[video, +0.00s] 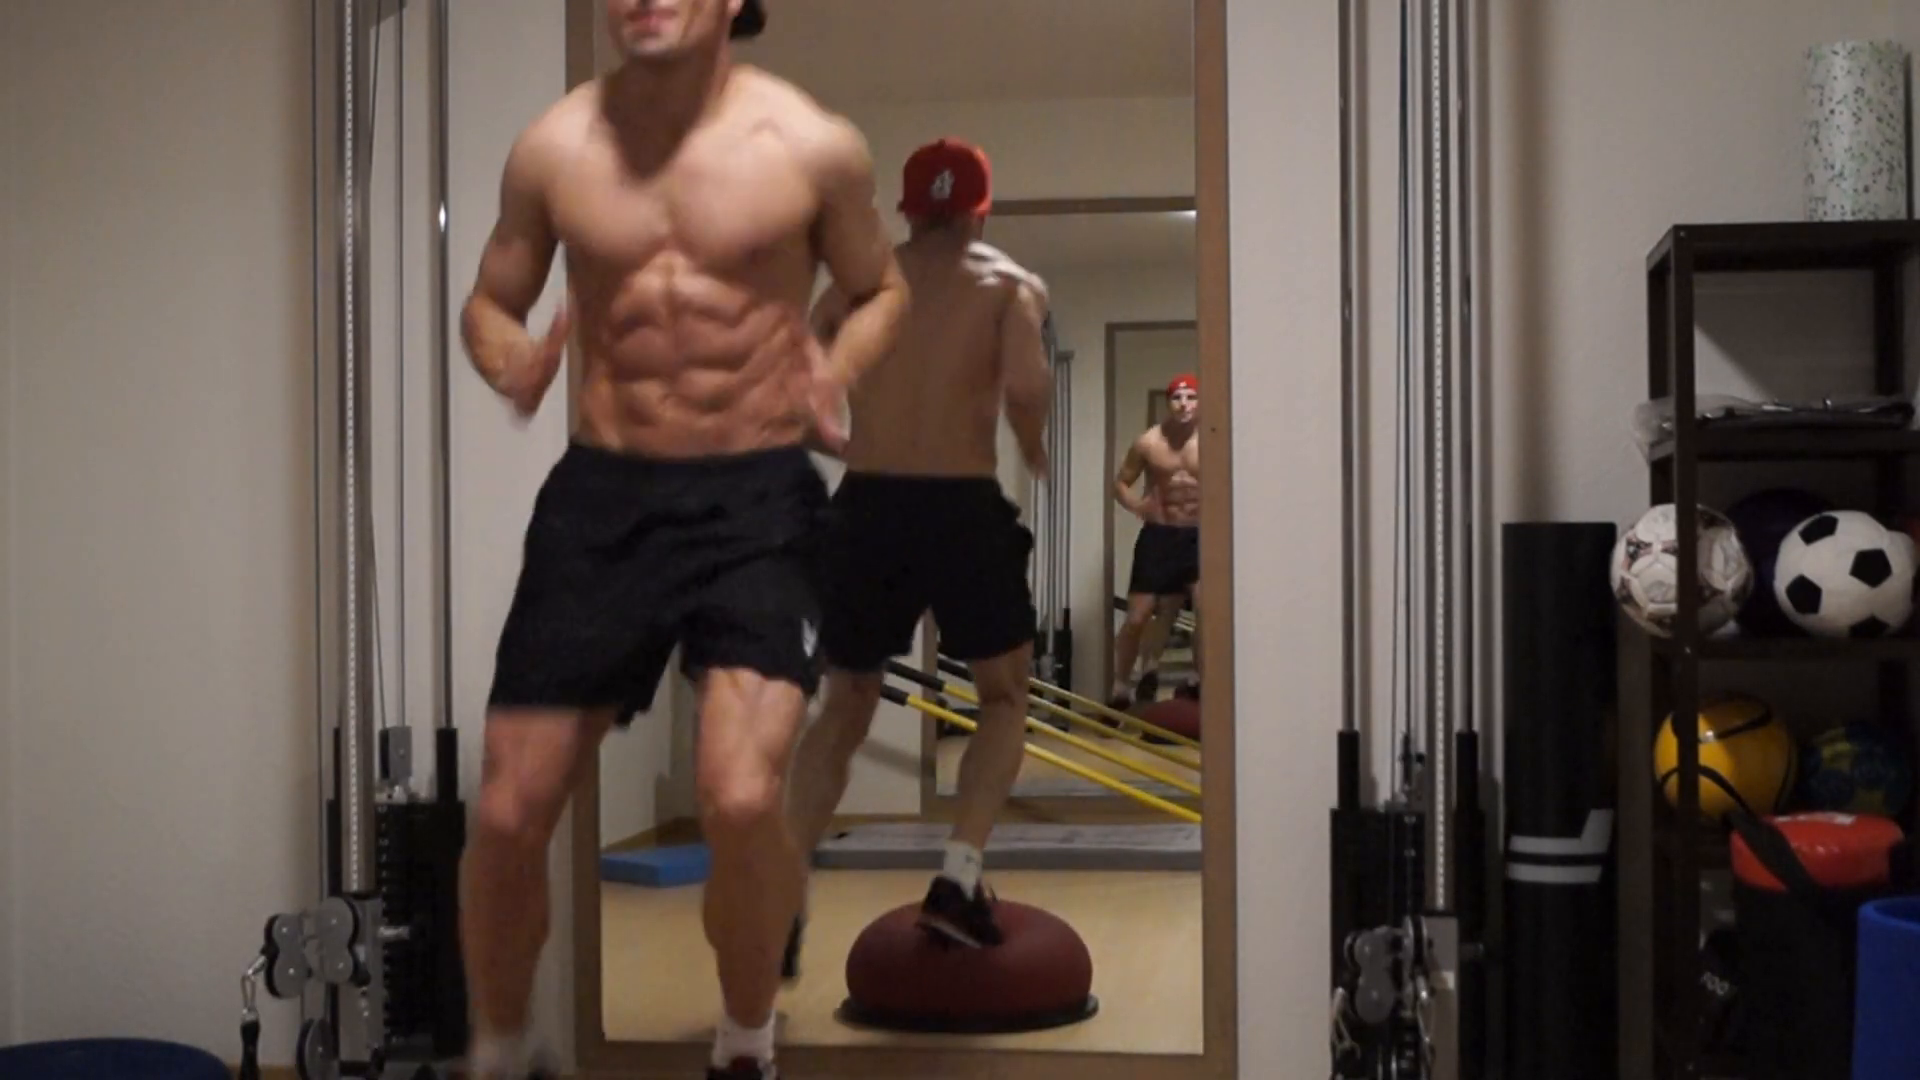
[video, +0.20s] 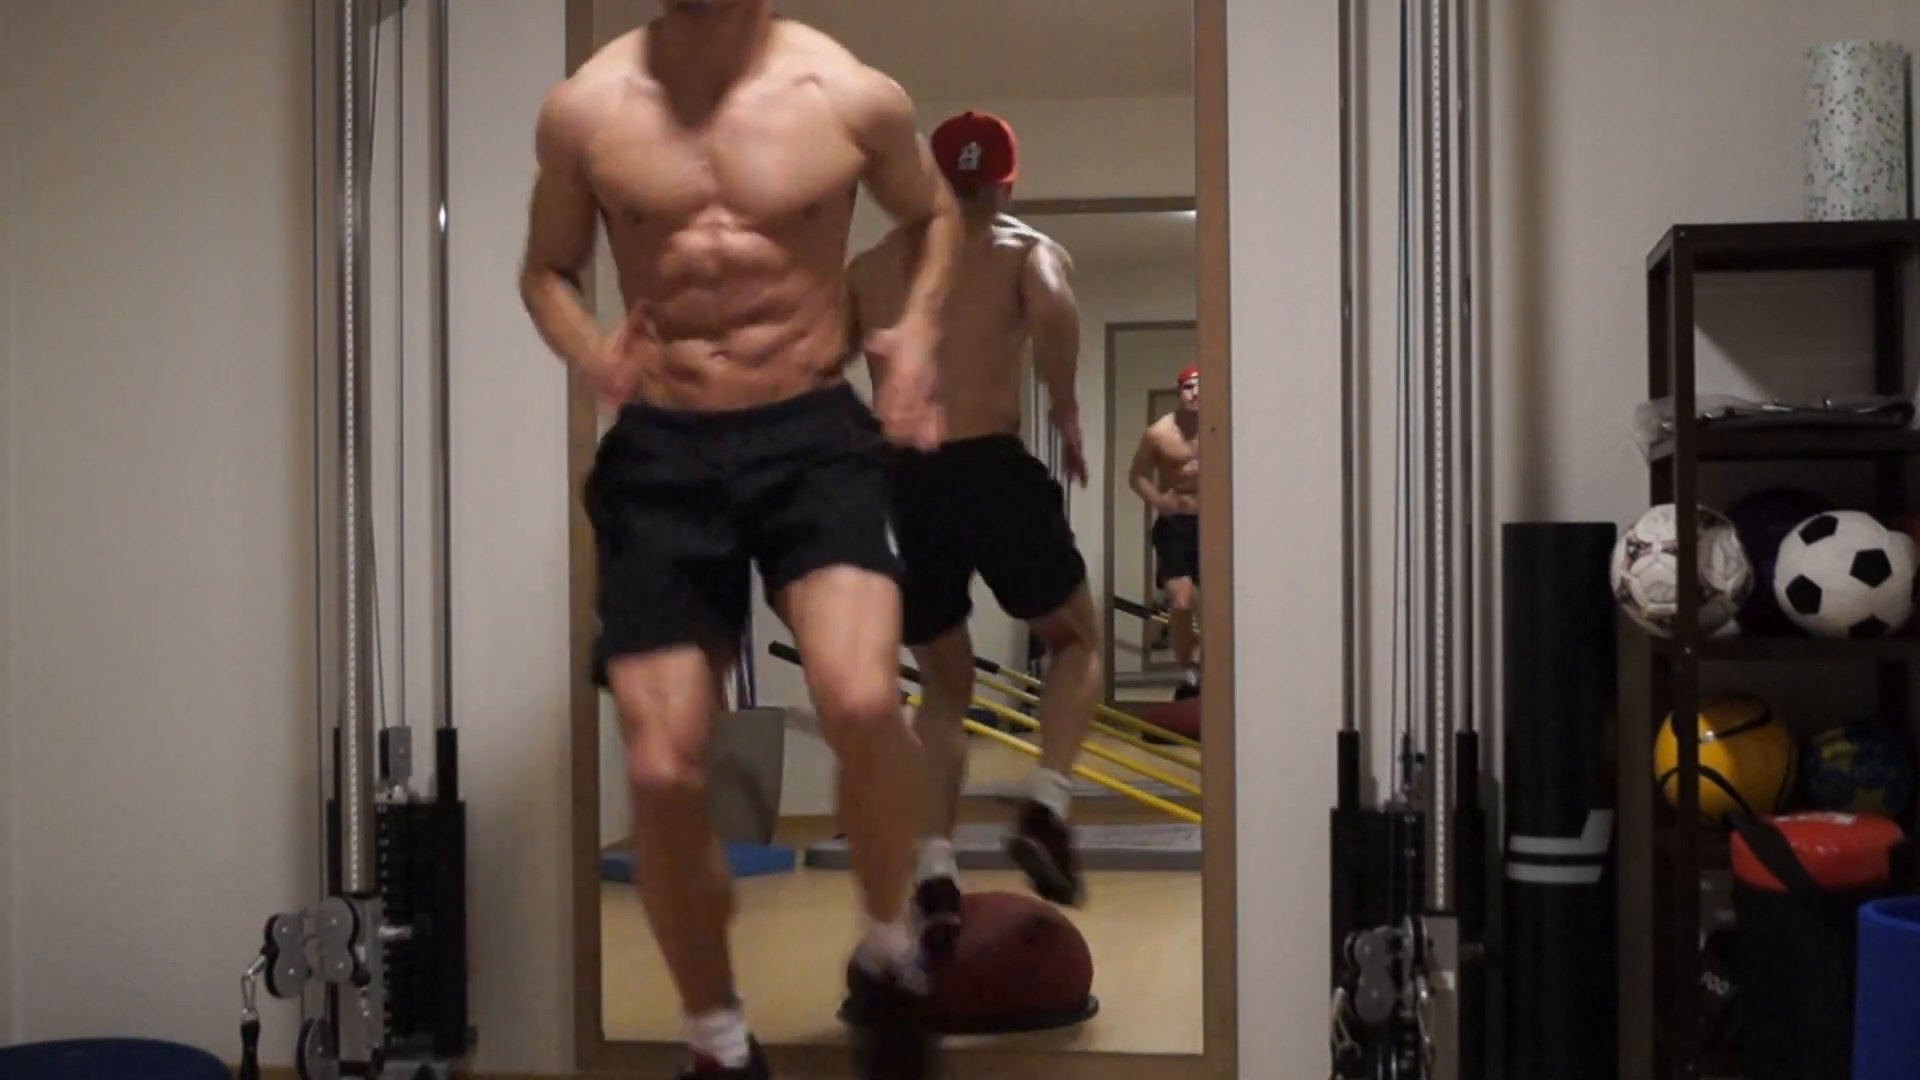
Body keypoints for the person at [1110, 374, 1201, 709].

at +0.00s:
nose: (1184, 404)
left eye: (1191, 398)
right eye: (1177, 398)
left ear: (1200, 403)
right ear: (1168, 404)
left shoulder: (1208, 442)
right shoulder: (1148, 443)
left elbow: (1224, 481)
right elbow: (1121, 484)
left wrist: (1209, 505)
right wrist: (1136, 505)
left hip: (1198, 533)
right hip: (1158, 533)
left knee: (1207, 612)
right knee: (1137, 617)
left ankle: (1202, 681)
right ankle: (1121, 685)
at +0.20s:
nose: (1193, 393)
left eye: (1198, 387)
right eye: (1188, 387)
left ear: (1208, 392)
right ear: (1179, 394)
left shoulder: (1215, 428)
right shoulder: (1159, 434)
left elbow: (1230, 468)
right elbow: (1137, 476)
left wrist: (1216, 497)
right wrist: (1159, 500)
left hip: (1211, 518)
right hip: (1176, 519)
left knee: (1214, 600)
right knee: (1182, 601)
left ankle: (1212, 669)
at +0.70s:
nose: (1188, 384)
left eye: (1194, 378)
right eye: (1183, 378)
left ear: (1203, 384)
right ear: (1174, 384)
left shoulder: (1209, 421)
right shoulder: (1155, 422)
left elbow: (1224, 460)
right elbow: (1135, 461)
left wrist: (1209, 487)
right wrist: (1149, 486)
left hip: (1202, 508)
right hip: (1166, 509)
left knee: (1204, 587)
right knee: (1161, 587)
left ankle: (1206, 655)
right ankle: (1178, 654)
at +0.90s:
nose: (1177, 393)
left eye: (1185, 387)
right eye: (1172, 386)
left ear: (1197, 392)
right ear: (1164, 391)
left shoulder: (1204, 430)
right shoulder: (1142, 428)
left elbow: (1218, 476)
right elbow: (1117, 456)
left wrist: (1198, 461)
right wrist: (1113, 494)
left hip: (1188, 523)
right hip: (1147, 523)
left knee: (1187, 604)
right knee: (1131, 606)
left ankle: (1192, 678)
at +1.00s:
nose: (1168, 410)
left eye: (1175, 405)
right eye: (1161, 404)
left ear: (1187, 412)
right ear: (1151, 410)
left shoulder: (1198, 448)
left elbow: (1214, 491)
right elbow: (1102, 489)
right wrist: (1108, 538)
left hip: (1184, 540)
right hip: (1140, 541)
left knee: (1188, 589)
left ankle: (1203, 660)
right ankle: (1120, 705)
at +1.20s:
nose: (1203, 405)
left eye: (1207, 399)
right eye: (1200, 399)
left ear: (1213, 407)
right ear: (1192, 405)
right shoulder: (1173, 438)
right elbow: (1142, 412)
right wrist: (1160, 361)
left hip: (1212, 540)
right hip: (1181, 538)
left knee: (1206, 626)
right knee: (1172, 626)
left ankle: (1198, 698)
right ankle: (1166, 706)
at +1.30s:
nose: (1189, 403)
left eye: (1190, 393)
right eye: (1186, 395)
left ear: (1200, 396)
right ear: (1185, 399)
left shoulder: (1221, 438)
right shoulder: (1179, 439)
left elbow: (1149, 451)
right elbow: (1148, 453)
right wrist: (1157, 408)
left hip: (1210, 540)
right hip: (1185, 538)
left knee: (1205, 626)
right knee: (1172, 627)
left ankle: (1197, 694)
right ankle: (1167, 705)